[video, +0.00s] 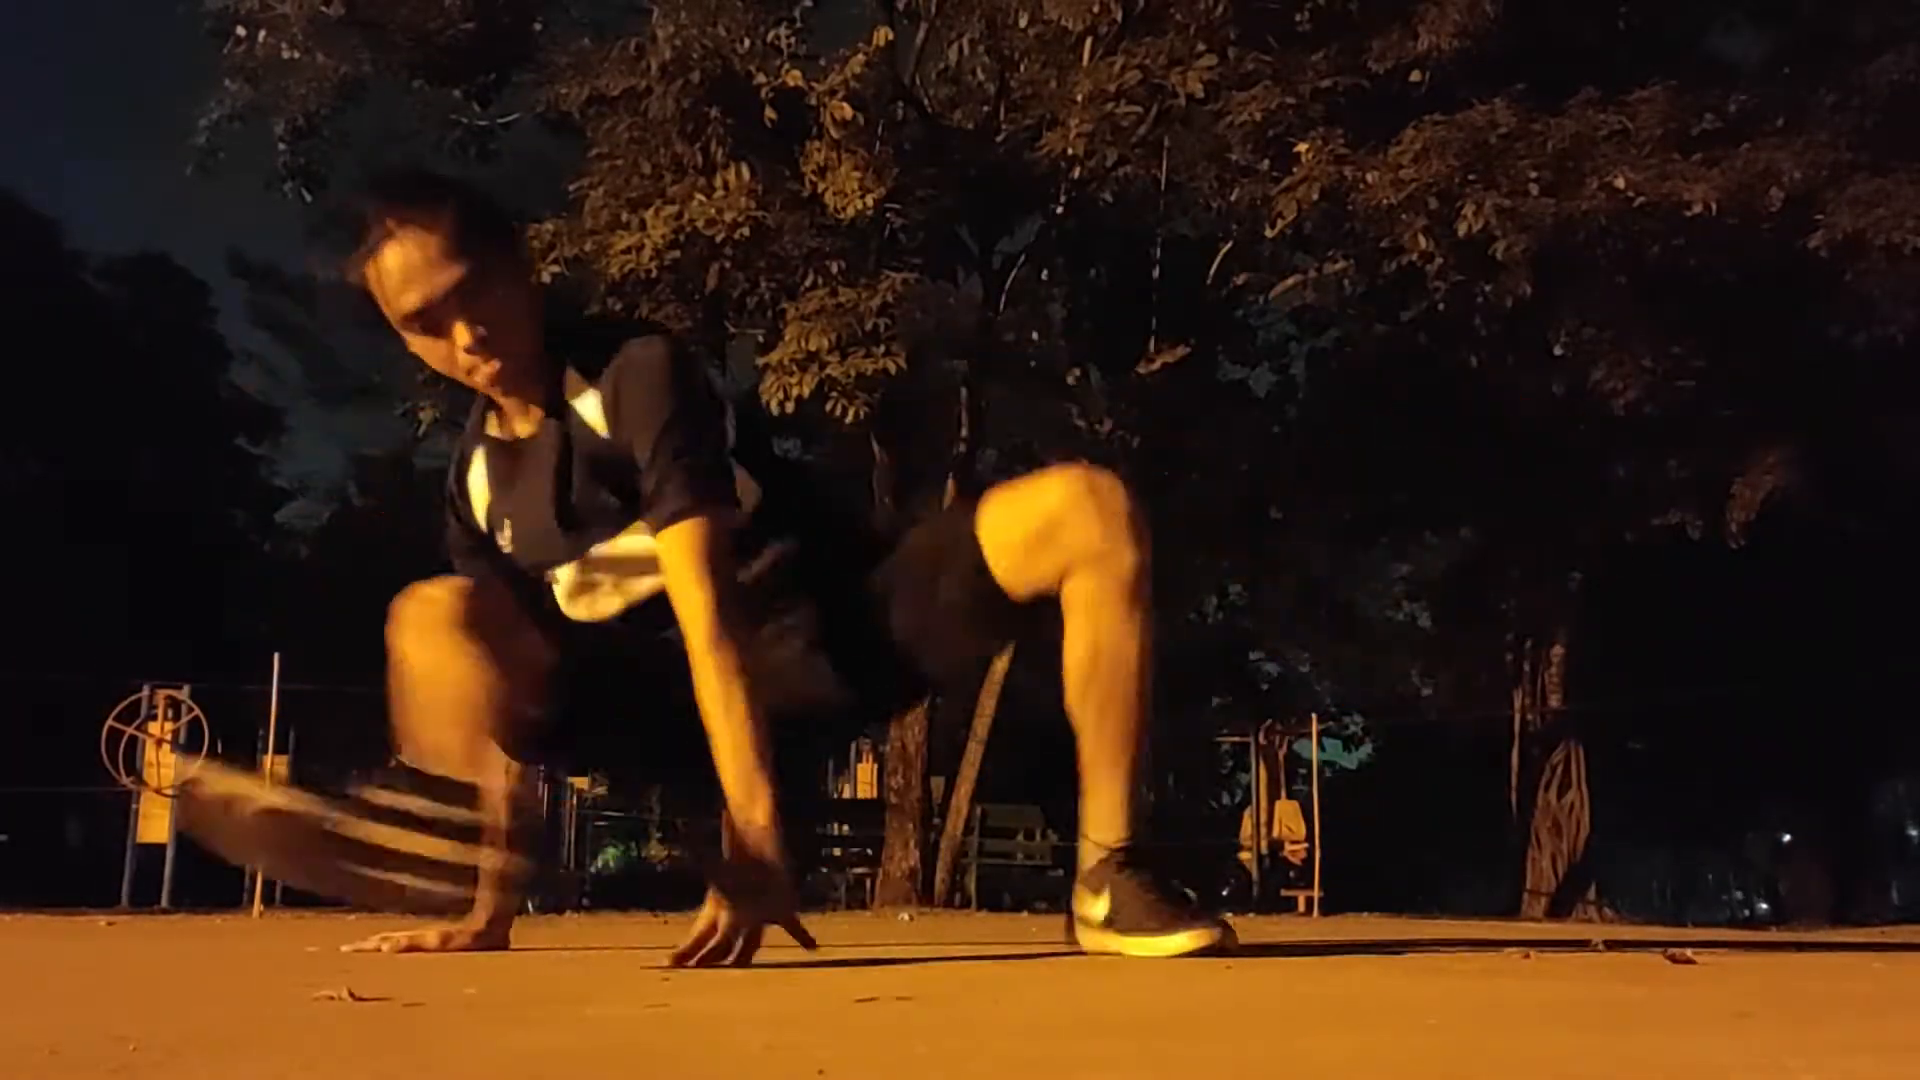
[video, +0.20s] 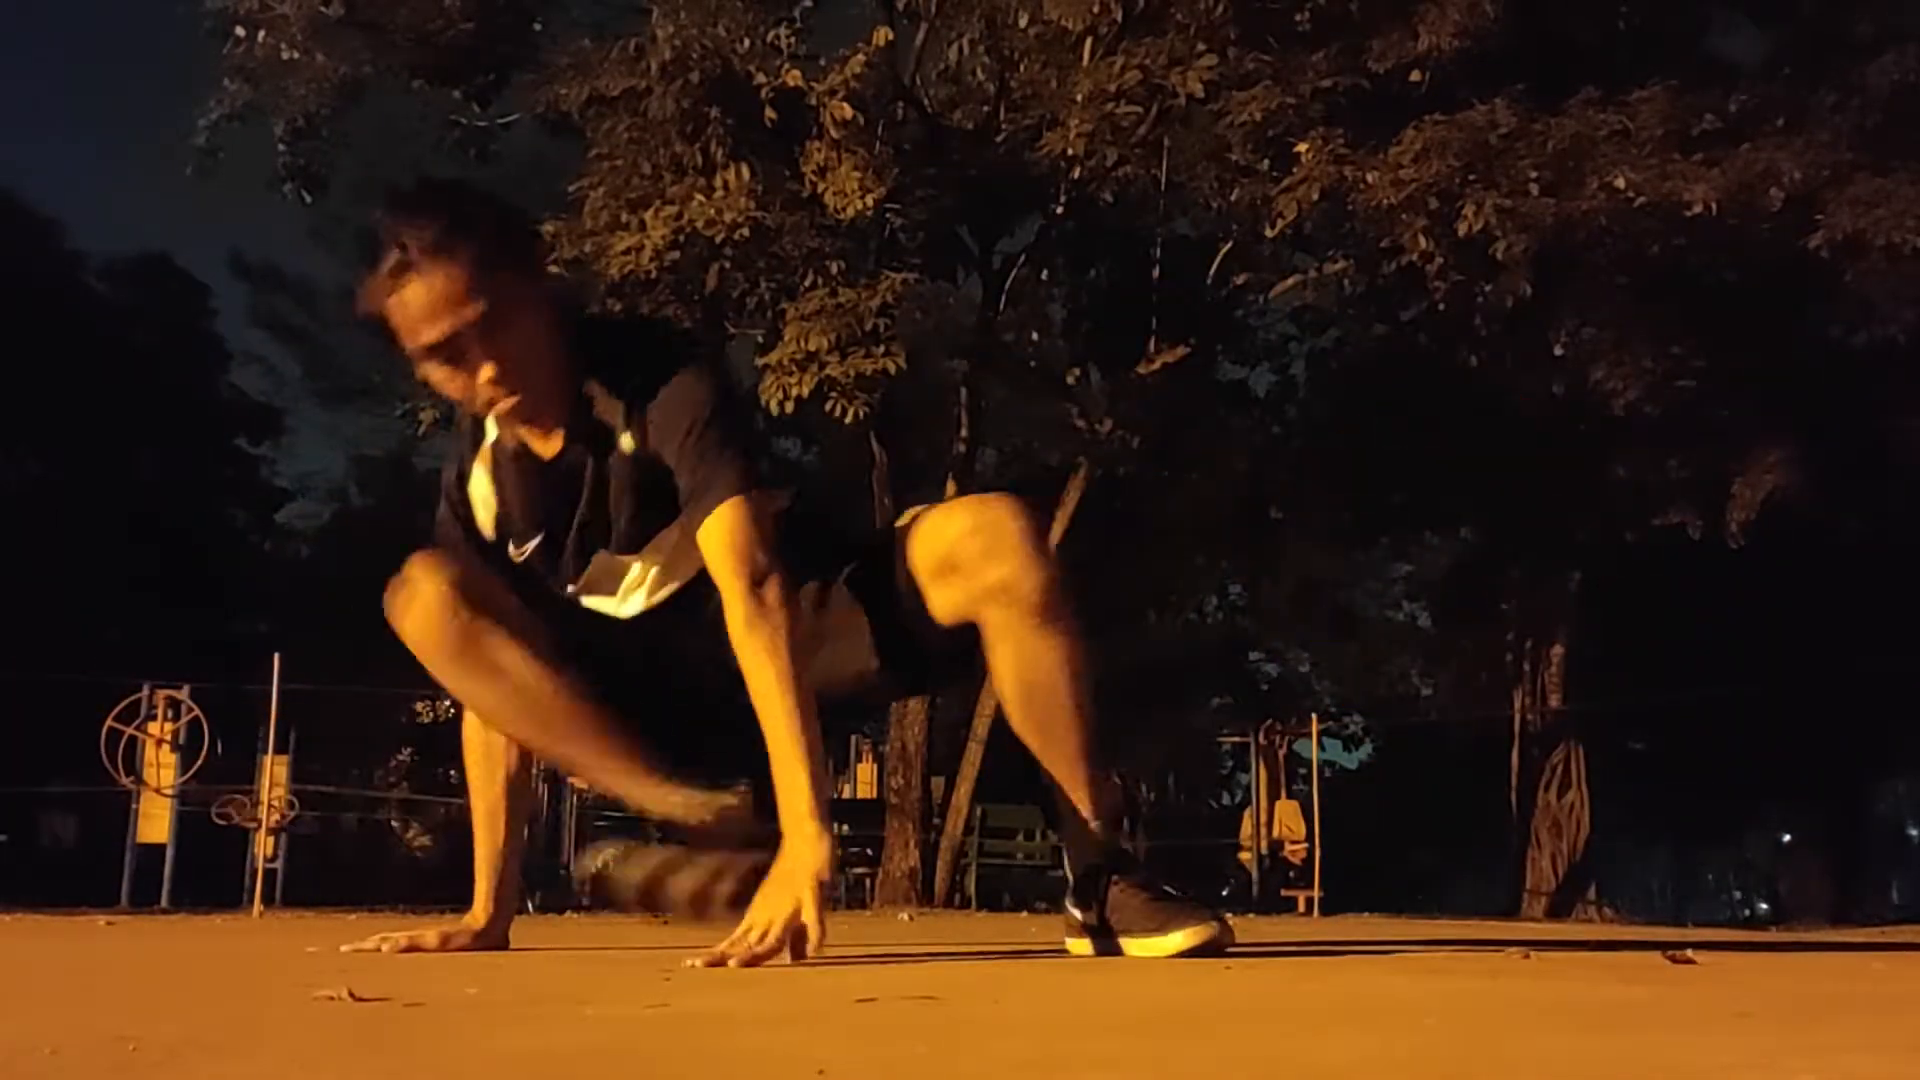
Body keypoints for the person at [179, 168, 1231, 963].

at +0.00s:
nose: (462, 342)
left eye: (471, 301)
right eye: (427, 332)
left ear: (525, 263)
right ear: (404, 348)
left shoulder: (641, 376)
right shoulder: (479, 469)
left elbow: (709, 615)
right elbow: (518, 667)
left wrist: (756, 837)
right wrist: (492, 880)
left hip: (807, 634)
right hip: (645, 673)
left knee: (1089, 508)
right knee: (433, 616)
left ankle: (1111, 879)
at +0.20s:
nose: (481, 376)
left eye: (489, 334)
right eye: (444, 363)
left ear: (541, 285)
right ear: (417, 371)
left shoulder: (664, 377)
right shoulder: (477, 487)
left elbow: (757, 595)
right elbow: (492, 701)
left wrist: (804, 833)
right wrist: (490, 913)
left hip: (782, 625)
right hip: (632, 664)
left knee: (997, 535)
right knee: (421, 591)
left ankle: (1107, 877)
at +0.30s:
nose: (459, 405)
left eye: (470, 362)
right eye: (420, 391)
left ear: (522, 327)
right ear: (392, 409)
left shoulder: (644, 404)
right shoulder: (450, 517)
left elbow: (782, 593)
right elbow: (485, 703)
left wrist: (819, 842)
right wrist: (490, 911)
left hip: (820, 604)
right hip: (692, 670)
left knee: (983, 527)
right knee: (550, 691)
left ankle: (1111, 876)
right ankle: (849, 834)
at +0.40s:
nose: (457, 435)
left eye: (466, 390)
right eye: (417, 417)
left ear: (514, 352)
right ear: (389, 433)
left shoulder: (641, 422)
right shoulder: (456, 547)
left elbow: (796, 590)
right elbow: (506, 714)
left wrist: (820, 845)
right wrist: (493, 909)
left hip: (847, 566)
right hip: (733, 651)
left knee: (1051, 488)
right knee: (664, 703)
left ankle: (1125, 862)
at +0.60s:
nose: (582, 333)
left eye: (588, 302)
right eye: (543, 320)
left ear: (619, 307)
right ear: (487, 362)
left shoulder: (710, 415)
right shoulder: (516, 525)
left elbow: (824, 564)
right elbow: (524, 715)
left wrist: (765, 791)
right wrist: (490, 911)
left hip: (846, 648)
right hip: (728, 731)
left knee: (1058, 676)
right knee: (893, 699)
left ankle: (1051, 604)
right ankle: (1171, 690)